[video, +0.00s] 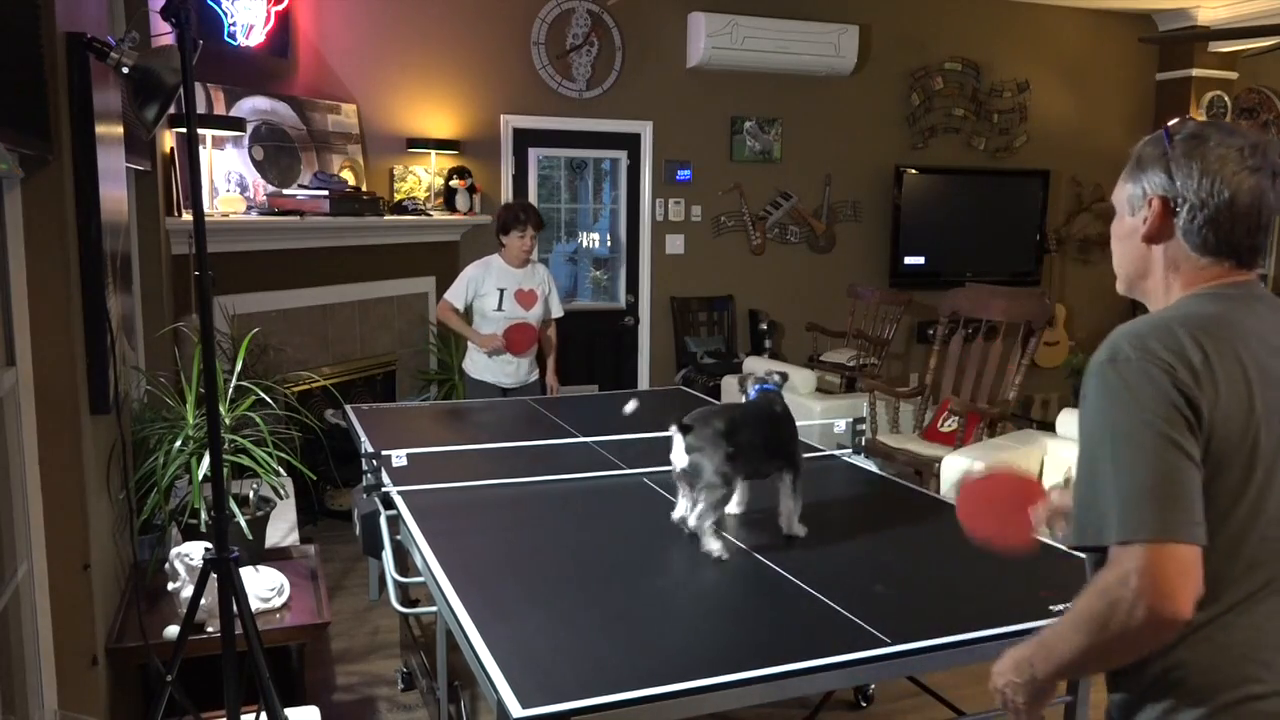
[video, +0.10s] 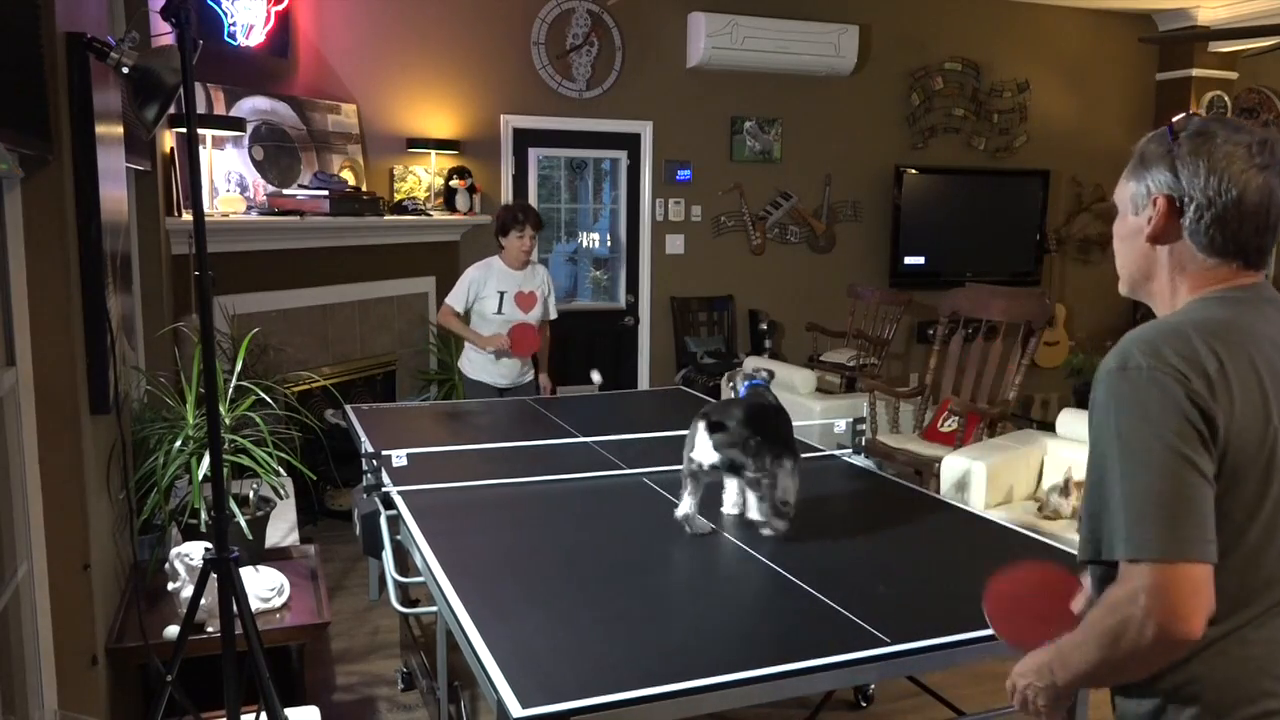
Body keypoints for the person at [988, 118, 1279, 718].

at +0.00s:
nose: (1110, 231)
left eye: (1117, 212)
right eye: (1113, 212)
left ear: (1156, 216)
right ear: (1245, 222)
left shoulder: (1147, 352)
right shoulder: (1269, 324)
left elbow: (1158, 589)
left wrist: (1032, 665)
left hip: (1196, 700)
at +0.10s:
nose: (1112, 230)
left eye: (1120, 211)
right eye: (1114, 212)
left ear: (1160, 215)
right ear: (1249, 221)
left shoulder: (1155, 362)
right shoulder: (1267, 324)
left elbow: (1168, 609)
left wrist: (1049, 669)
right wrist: (1116, 587)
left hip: (1201, 699)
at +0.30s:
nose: (1091, 237)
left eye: (1096, 214)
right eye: (1091, 215)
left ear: (1138, 221)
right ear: (1241, 228)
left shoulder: (1124, 378)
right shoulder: (1271, 340)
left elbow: (1115, 638)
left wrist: (1023, 687)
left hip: (1176, 702)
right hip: (1269, 686)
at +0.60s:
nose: (1047, 228)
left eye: (1050, 205)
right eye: (1048, 206)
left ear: (1077, 217)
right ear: (1197, 221)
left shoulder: (1062, 383)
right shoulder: (1272, 347)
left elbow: (1040, 664)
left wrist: (1016, 700)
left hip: (1134, 701)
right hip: (1266, 693)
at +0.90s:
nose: (1091, 248)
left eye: (1090, 229)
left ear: (1107, 236)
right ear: (1254, 247)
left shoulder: (1039, 394)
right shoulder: (1272, 372)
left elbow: (972, 636)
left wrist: (1058, 696)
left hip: (1093, 706)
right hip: (1257, 702)